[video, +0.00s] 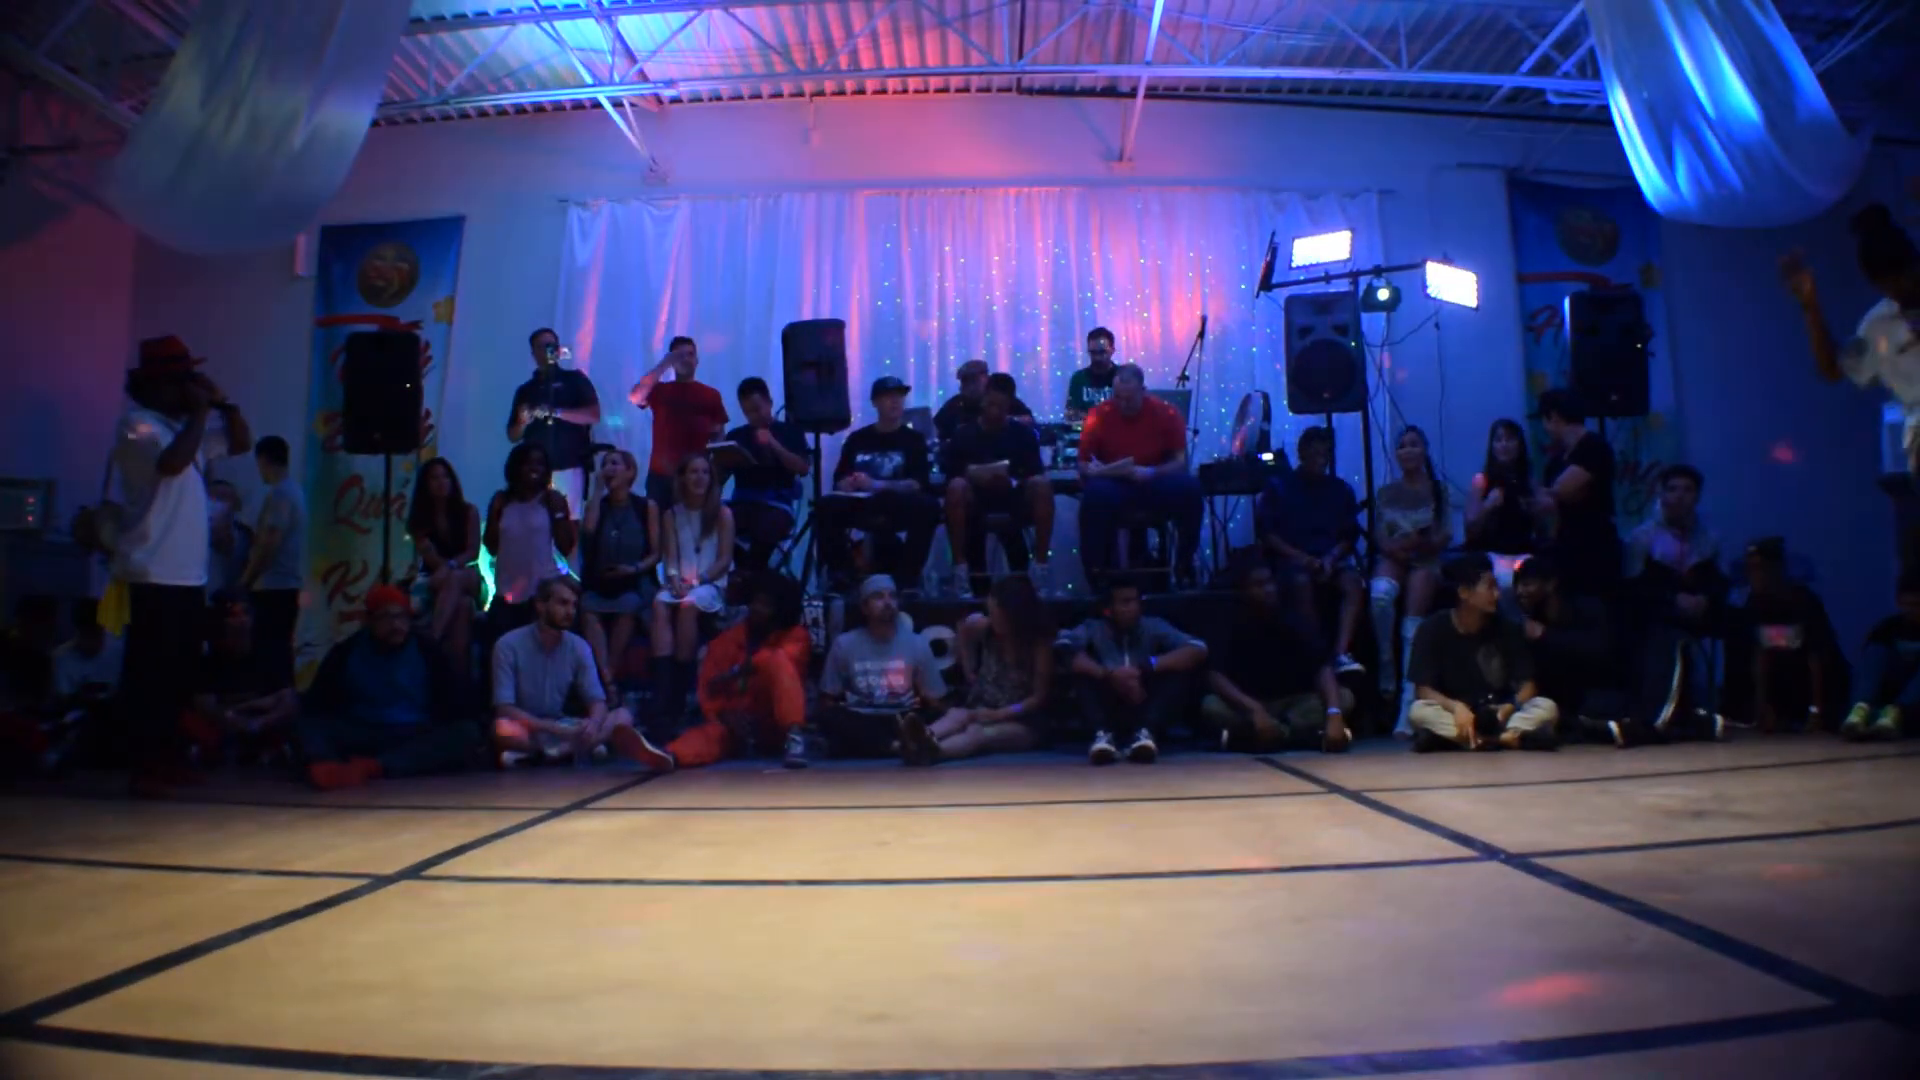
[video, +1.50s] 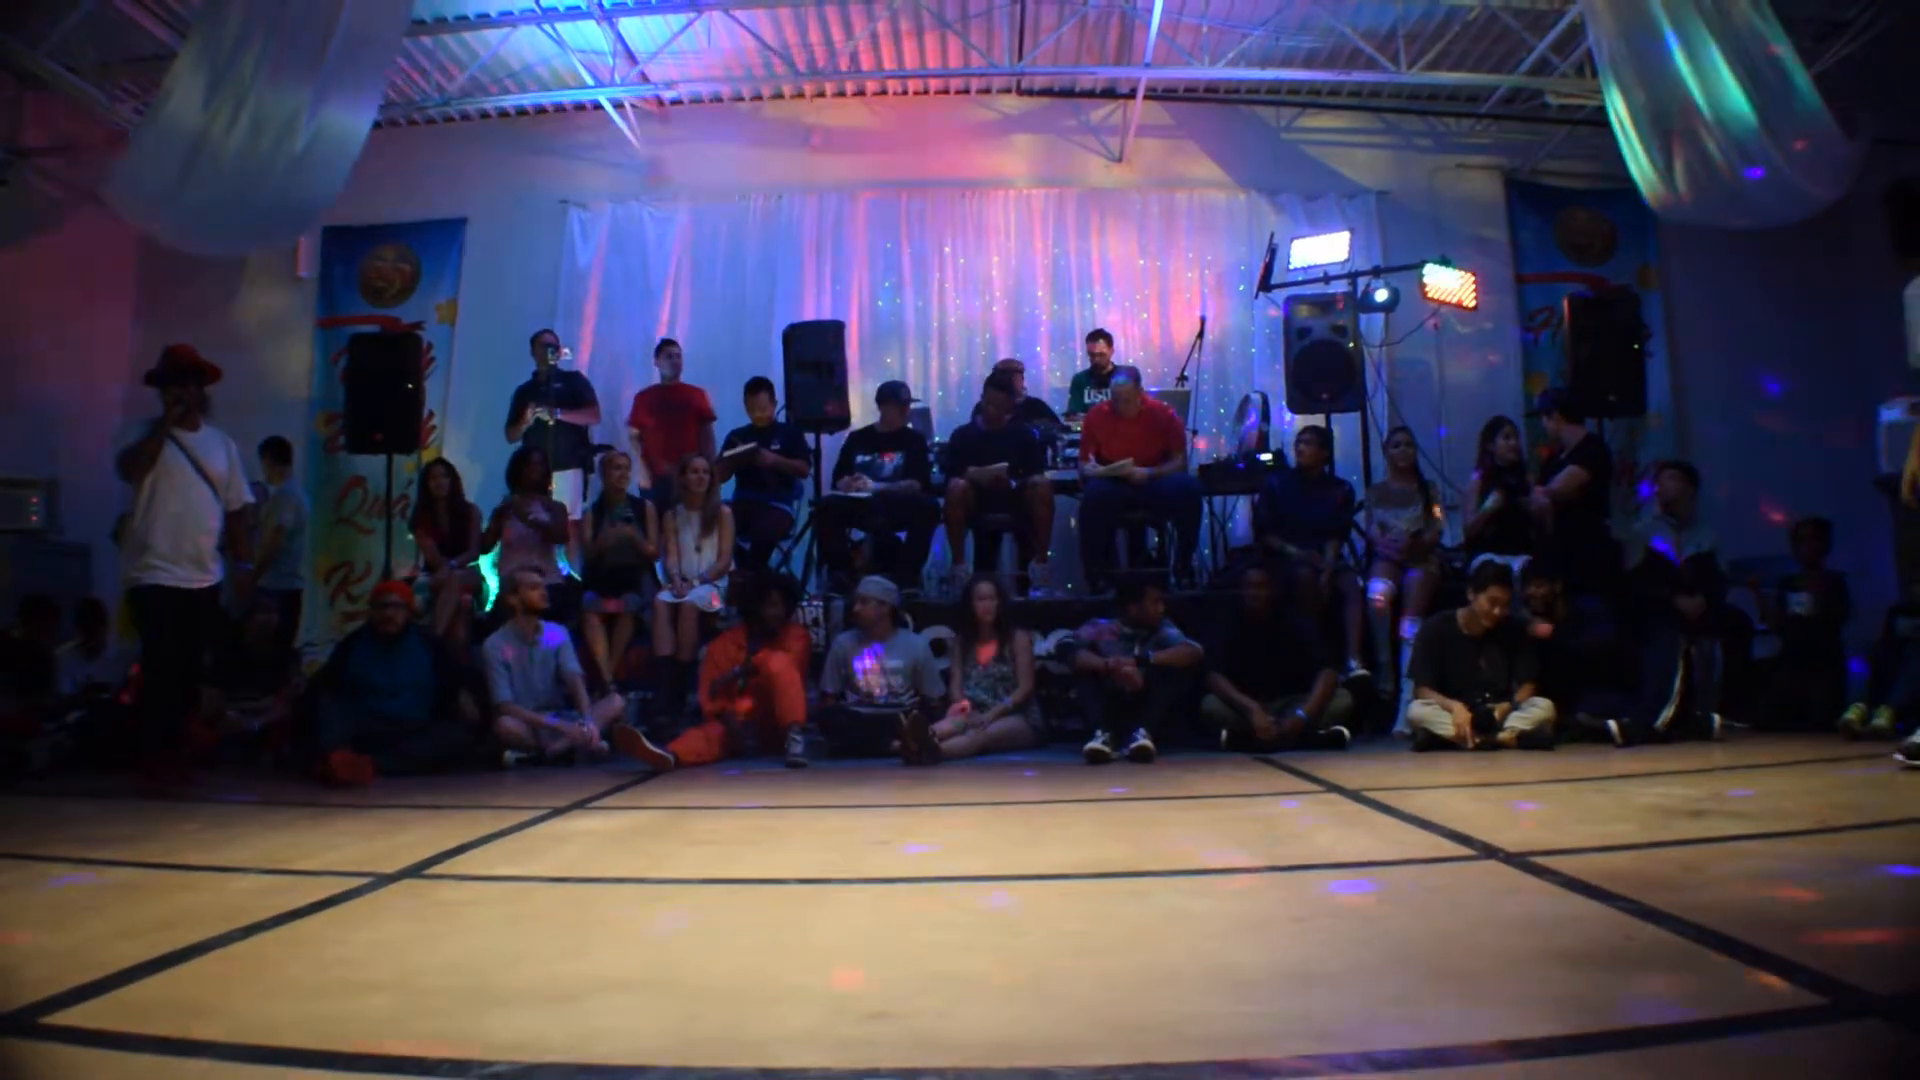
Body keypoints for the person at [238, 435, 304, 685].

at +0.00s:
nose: (259, 467)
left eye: (260, 461)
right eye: (259, 461)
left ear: (267, 461)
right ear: (284, 460)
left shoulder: (280, 496)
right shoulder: (291, 492)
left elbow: (267, 543)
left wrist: (246, 579)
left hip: (274, 587)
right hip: (284, 584)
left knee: (269, 654)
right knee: (277, 653)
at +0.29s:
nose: (259, 469)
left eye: (260, 463)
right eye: (258, 463)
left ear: (266, 463)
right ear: (283, 461)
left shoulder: (279, 497)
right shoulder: (290, 493)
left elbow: (267, 542)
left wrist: (247, 575)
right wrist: (252, 573)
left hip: (275, 586)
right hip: (281, 583)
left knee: (271, 650)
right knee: (276, 650)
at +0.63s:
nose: (258, 469)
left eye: (261, 462)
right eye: (259, 462)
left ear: (266, 463)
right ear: (283, 462)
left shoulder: (279, 496)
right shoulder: (291, 493)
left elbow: (267, 541)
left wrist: (247, 576)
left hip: (274, 586)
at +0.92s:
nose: (259, 469)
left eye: (259, 462)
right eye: (259, 462)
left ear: (264, 462)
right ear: (284, 460)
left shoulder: (280, 496)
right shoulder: (291, 493)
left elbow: (268, 544)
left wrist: (244, 580)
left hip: (274, 586)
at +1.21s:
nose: (259, 469)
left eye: (260, 462)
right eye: (259, 462)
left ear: (264, 462)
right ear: (283, 461)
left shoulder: (280, 496)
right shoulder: (290, 493)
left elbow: (270, 542)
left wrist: (246, 577)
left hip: (272, 587)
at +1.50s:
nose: (263, 468)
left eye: (264, 461)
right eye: (263, 461)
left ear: (270, 462)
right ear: (288, 460)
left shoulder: (283, 499)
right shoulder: (292, 495)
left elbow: (273, 543)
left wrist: (254, 576)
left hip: (278, 588)